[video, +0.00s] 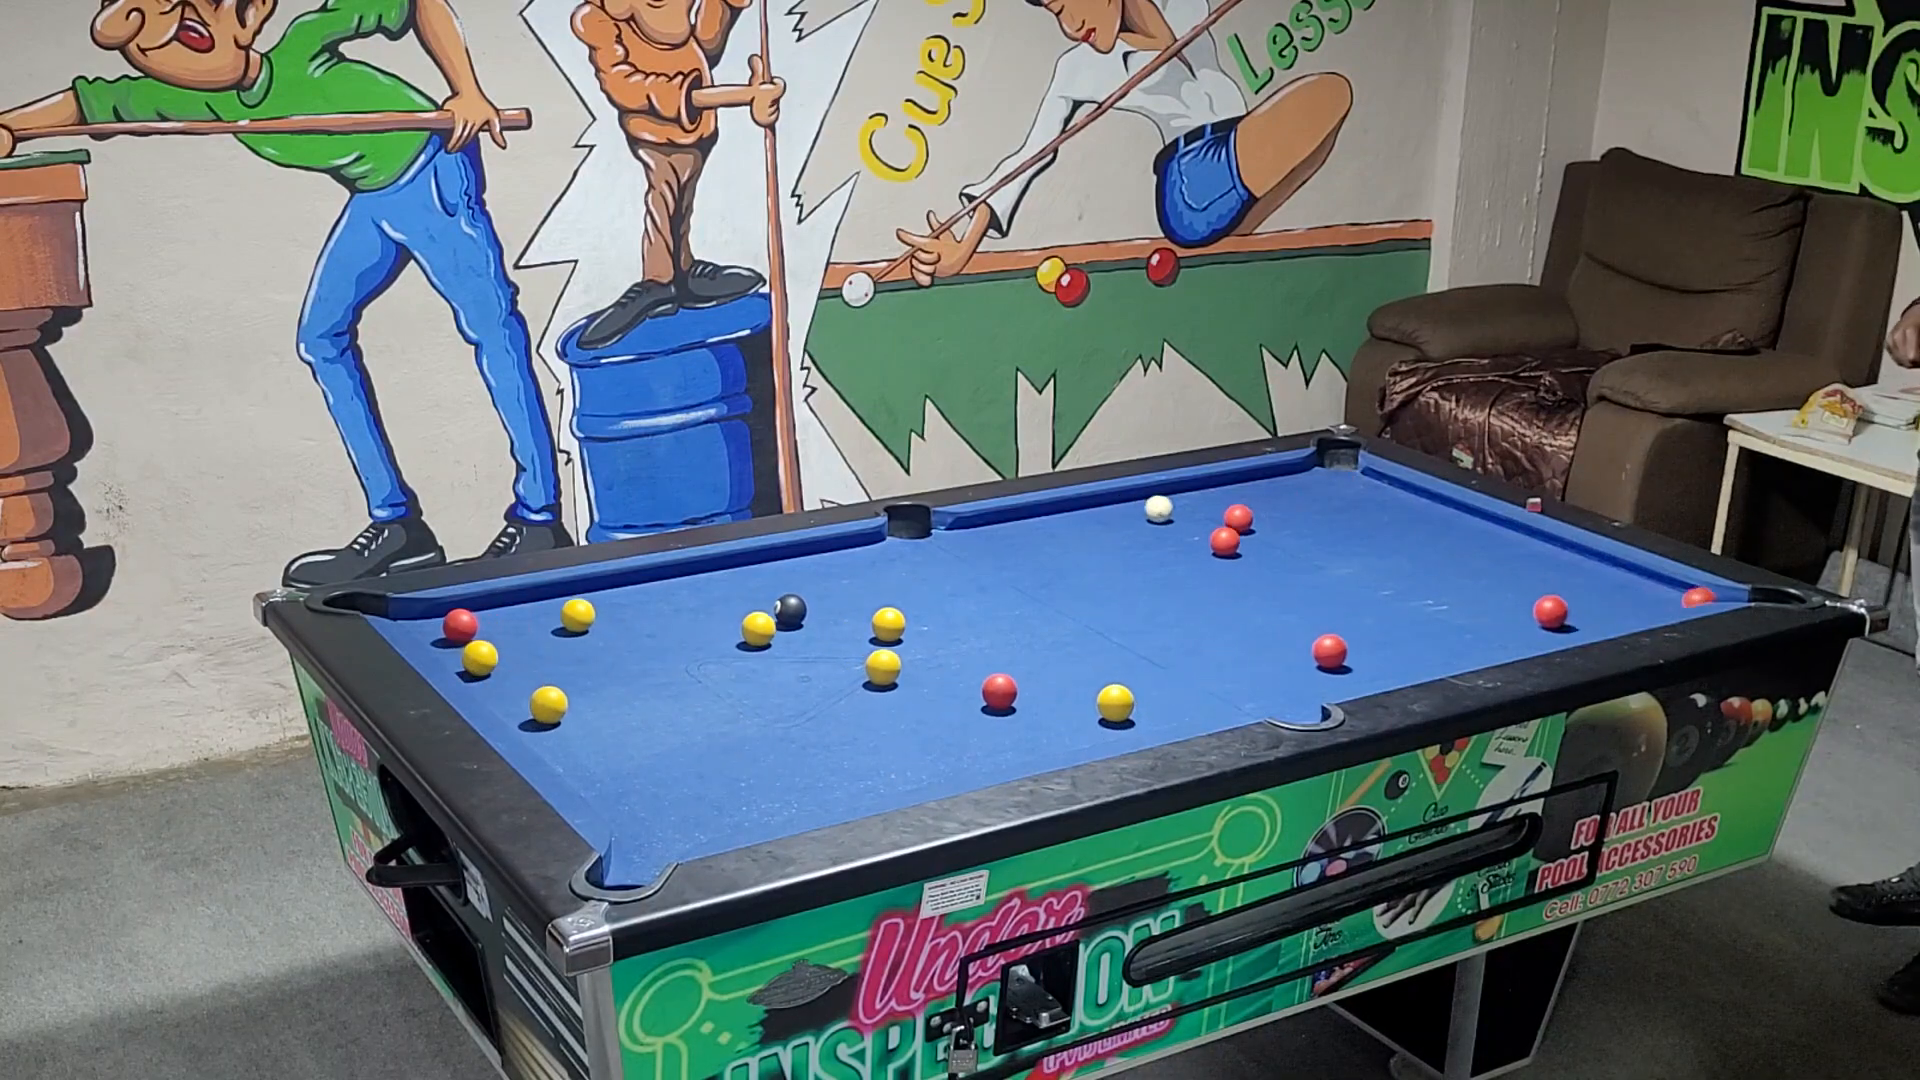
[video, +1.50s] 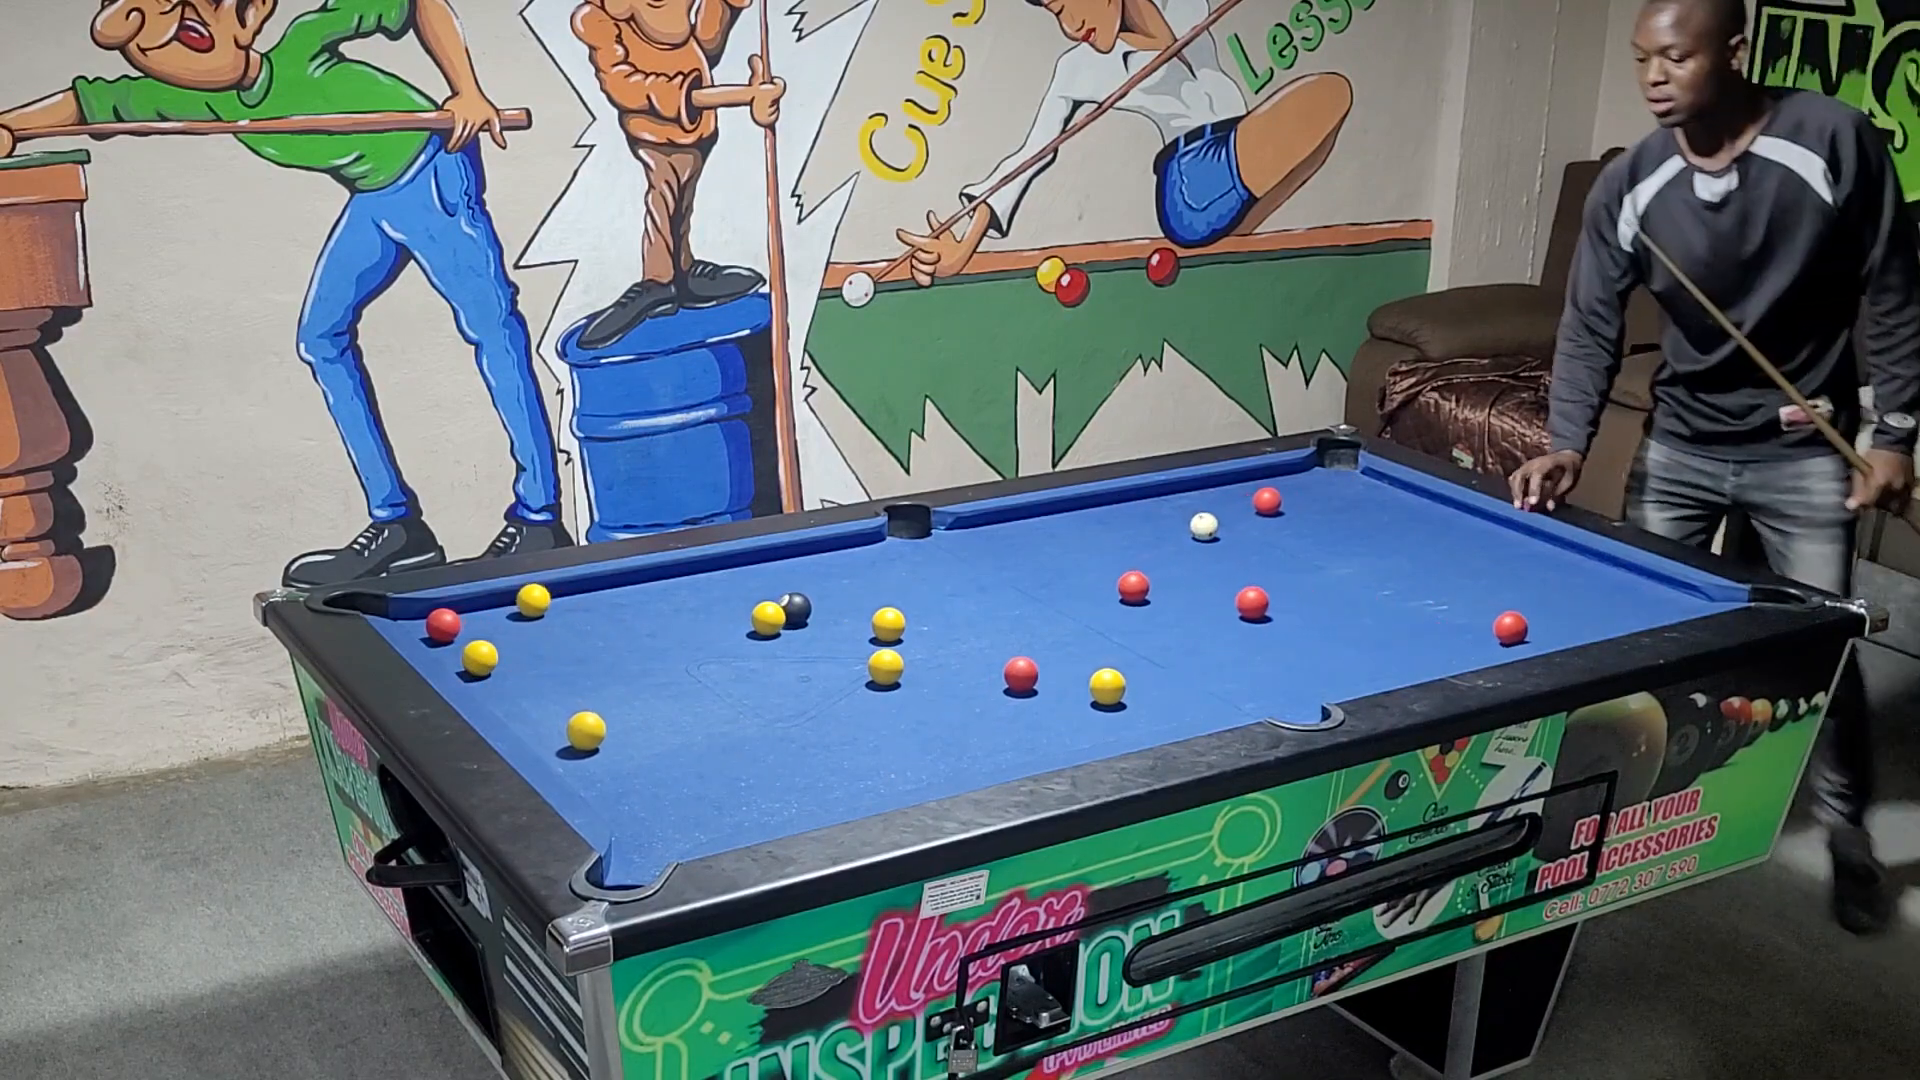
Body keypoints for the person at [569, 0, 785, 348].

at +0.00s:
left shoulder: (696, 6)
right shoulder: (596, 19)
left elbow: (707, 47)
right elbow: (625, 88)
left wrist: (730, 6)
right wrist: (746, 95)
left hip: (694, 87)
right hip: (644, 103)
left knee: (688, 174)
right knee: (665, 174)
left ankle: (682, 268)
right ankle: (657, 280)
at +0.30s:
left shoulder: (696, 6)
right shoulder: (596, 19)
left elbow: (707, 47)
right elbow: (625, 88)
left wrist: (730, 6)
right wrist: (746, 95)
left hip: (694, 89)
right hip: (644, 103)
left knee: (687, 175)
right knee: (665, 175)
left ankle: (682, 268)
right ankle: (657, 281)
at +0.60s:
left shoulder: (697, 6)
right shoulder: (596, 19)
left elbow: (707, 47)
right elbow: (625, 88)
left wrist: (730, 6)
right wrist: (746, 95)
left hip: (695, 88)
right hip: (644, 103)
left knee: (687, 175)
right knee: (665, 175)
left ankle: (682, 268)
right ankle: (657, 281)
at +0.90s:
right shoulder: (596, 18)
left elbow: (707, 47)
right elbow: (625, 87)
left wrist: (729, 6)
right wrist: (746, 94)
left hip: (694, 88)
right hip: (644, 104)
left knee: (687, 175)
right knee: (665, 175)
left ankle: (682, 268)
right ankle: (657, 282)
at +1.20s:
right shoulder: (596, 19)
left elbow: (707, 47)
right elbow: (625, 88)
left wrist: (729, 6)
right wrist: (746, 94)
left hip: (694, 88)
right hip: (644, 104)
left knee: (687, 175)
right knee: (665, 175)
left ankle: (682, 268)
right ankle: (657, 282)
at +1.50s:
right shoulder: (596, 19)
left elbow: (707, 47)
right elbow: (625, 88)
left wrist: (730, 6)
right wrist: (746, 94)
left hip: (694, 88)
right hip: (644, 104)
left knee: (687, 175)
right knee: (665, 175)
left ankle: (682, 268)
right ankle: (657, 281)